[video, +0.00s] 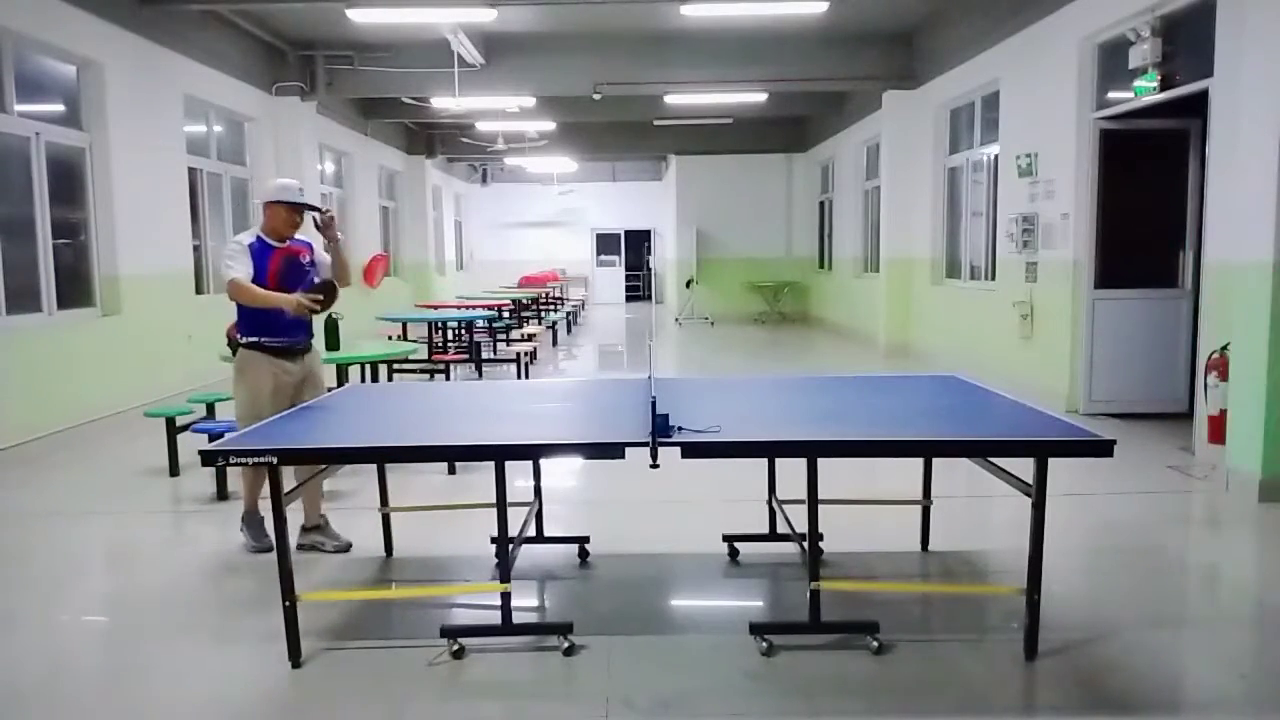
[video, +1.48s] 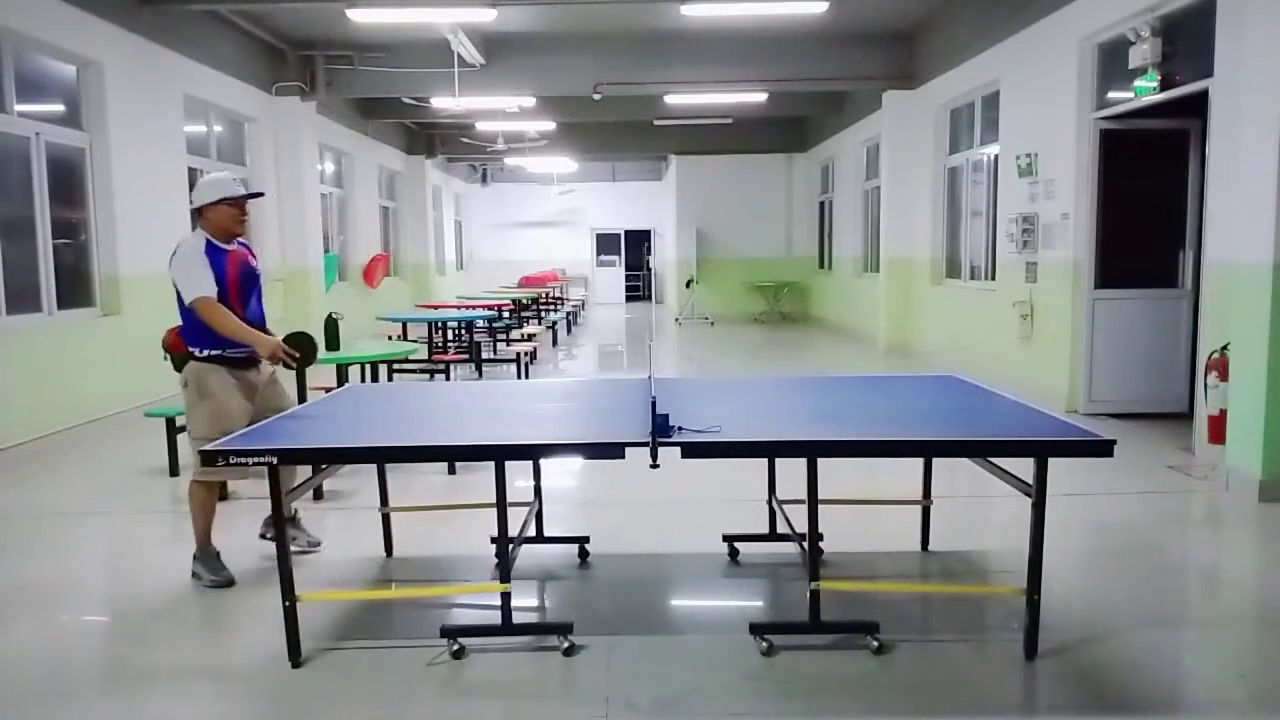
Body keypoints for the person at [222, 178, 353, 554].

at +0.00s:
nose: (299, 219)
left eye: (302, 213)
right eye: (293, 212)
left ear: (301, 214)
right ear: (269, 209)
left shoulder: (307, 248)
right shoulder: (241, 247)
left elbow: (341, 280)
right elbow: (237, 290)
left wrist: (333, 240)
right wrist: (287, 301)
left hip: (303, 358)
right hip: (259, 360)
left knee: (313, 441)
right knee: (257, 442)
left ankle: (314, 524)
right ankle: (252, 516)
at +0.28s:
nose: (324, 228)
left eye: (329, 222)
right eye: (319, 219)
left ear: (330, 225)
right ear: (297, 213)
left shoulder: (330, 254)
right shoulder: (262, 247)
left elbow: (368, 281)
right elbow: (247, 290)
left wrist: (356, 238)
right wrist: (287, 314)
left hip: (316, 361)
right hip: (270, 361)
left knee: (323, 445)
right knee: (262, 447)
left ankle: (314, 526)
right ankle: (249, 517)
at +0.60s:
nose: (315, 222)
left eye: (321, 217)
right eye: (310, 211)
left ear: (324, 223)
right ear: (293, 208)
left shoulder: (325, 251)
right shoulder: (259, 242)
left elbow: (368, 260)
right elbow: (242, 286)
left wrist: (341, 226)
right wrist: (281, 309)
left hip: (307, 358)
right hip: (262, 356)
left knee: (309, 443)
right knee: (248, 446)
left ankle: (313, 526)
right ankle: (224, 538)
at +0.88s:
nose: (281, 229)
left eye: (287, 224)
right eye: (276, 220)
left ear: (287, 228)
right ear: (256, 215)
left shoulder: (284, 254)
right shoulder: (226, 251)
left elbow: (324, 265)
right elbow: (222, 301)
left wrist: (303, 233)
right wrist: (272, 324)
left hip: (274, 372)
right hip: (231, 371)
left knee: (300, 446)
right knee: (230, 461)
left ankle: (312, 528)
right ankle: (206, 552)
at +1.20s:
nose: (252, 213)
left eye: (252, 207)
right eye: (243, 207)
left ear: (245, 211)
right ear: (216, 210)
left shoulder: (252, 252)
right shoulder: (195, 253)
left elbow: (281, 286)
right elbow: (209, 309)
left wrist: (297, 259)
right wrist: (264, 338)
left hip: (252, 368)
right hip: (211, 370)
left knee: (262, 456)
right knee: (211, 463)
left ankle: (273, 537)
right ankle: (205, 552)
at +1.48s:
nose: (244, 212)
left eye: (244, 205)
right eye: (235, 205)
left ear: (235, 209)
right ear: (207, 210)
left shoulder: (243, 248)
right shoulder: (190, 252)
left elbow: (246, 309)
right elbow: (208, 310)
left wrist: (270, 345)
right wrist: (261, 340)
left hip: (254, 369)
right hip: (212, 372)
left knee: (291, 436)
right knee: (210, 464)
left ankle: (283, 518)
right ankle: (204, 552)